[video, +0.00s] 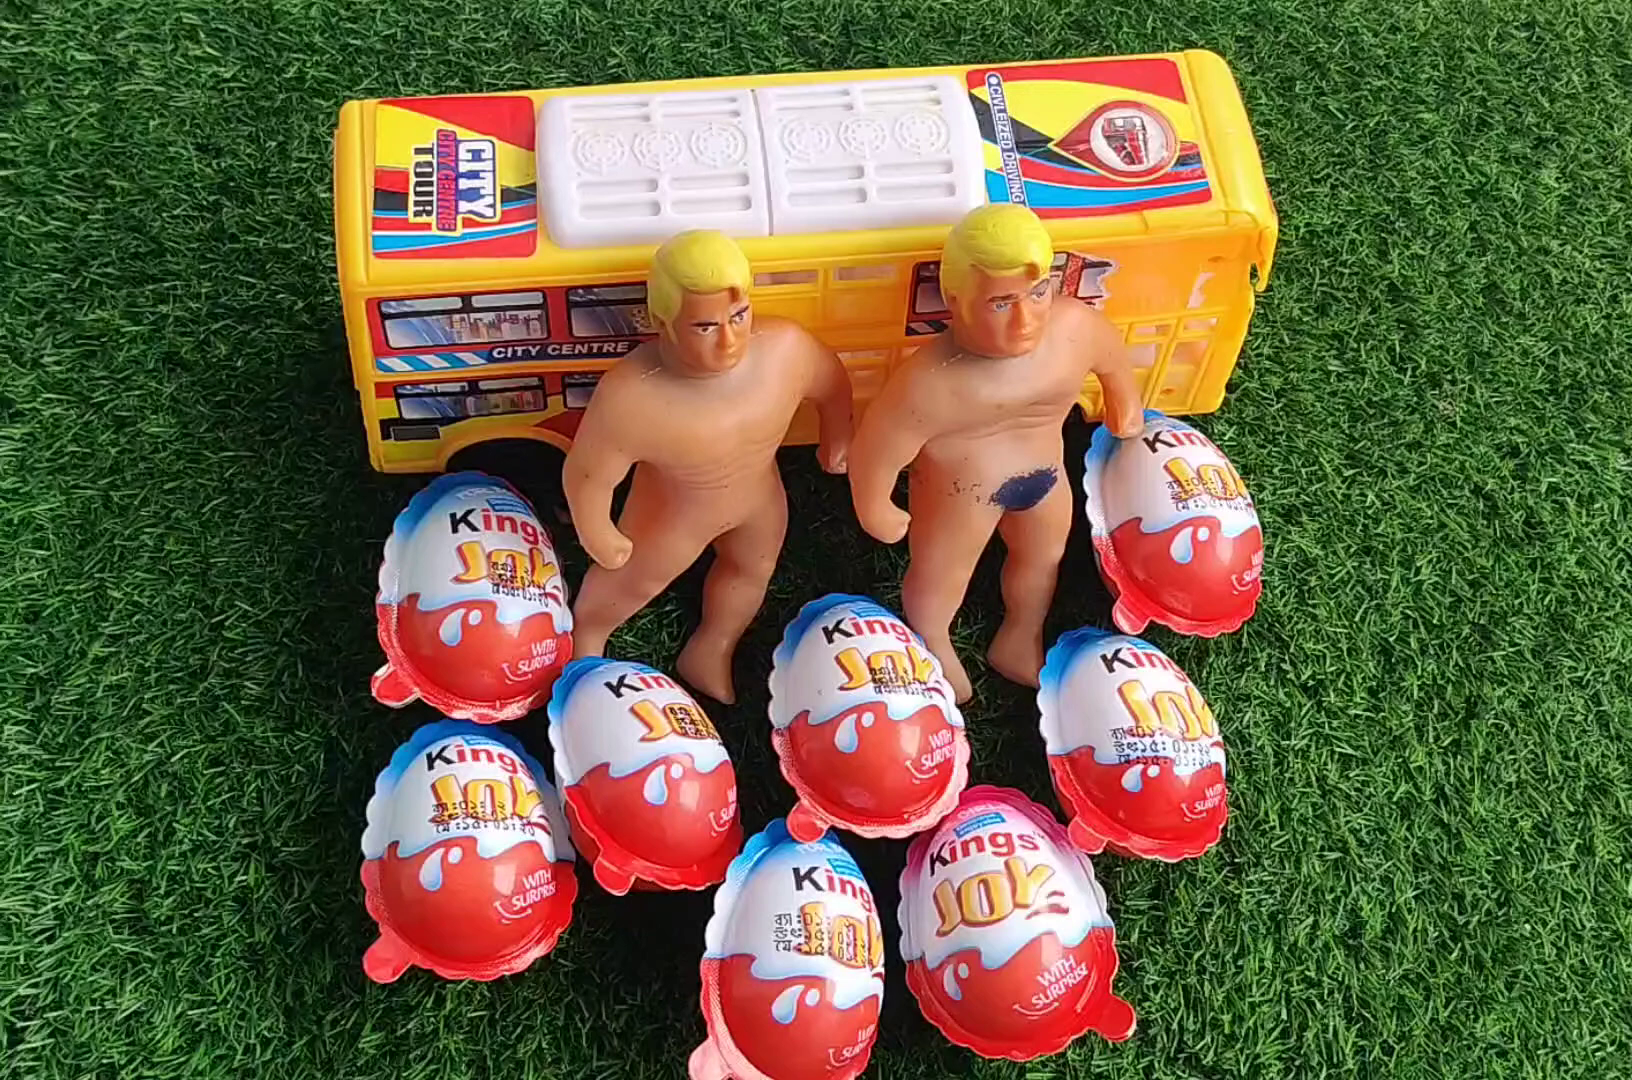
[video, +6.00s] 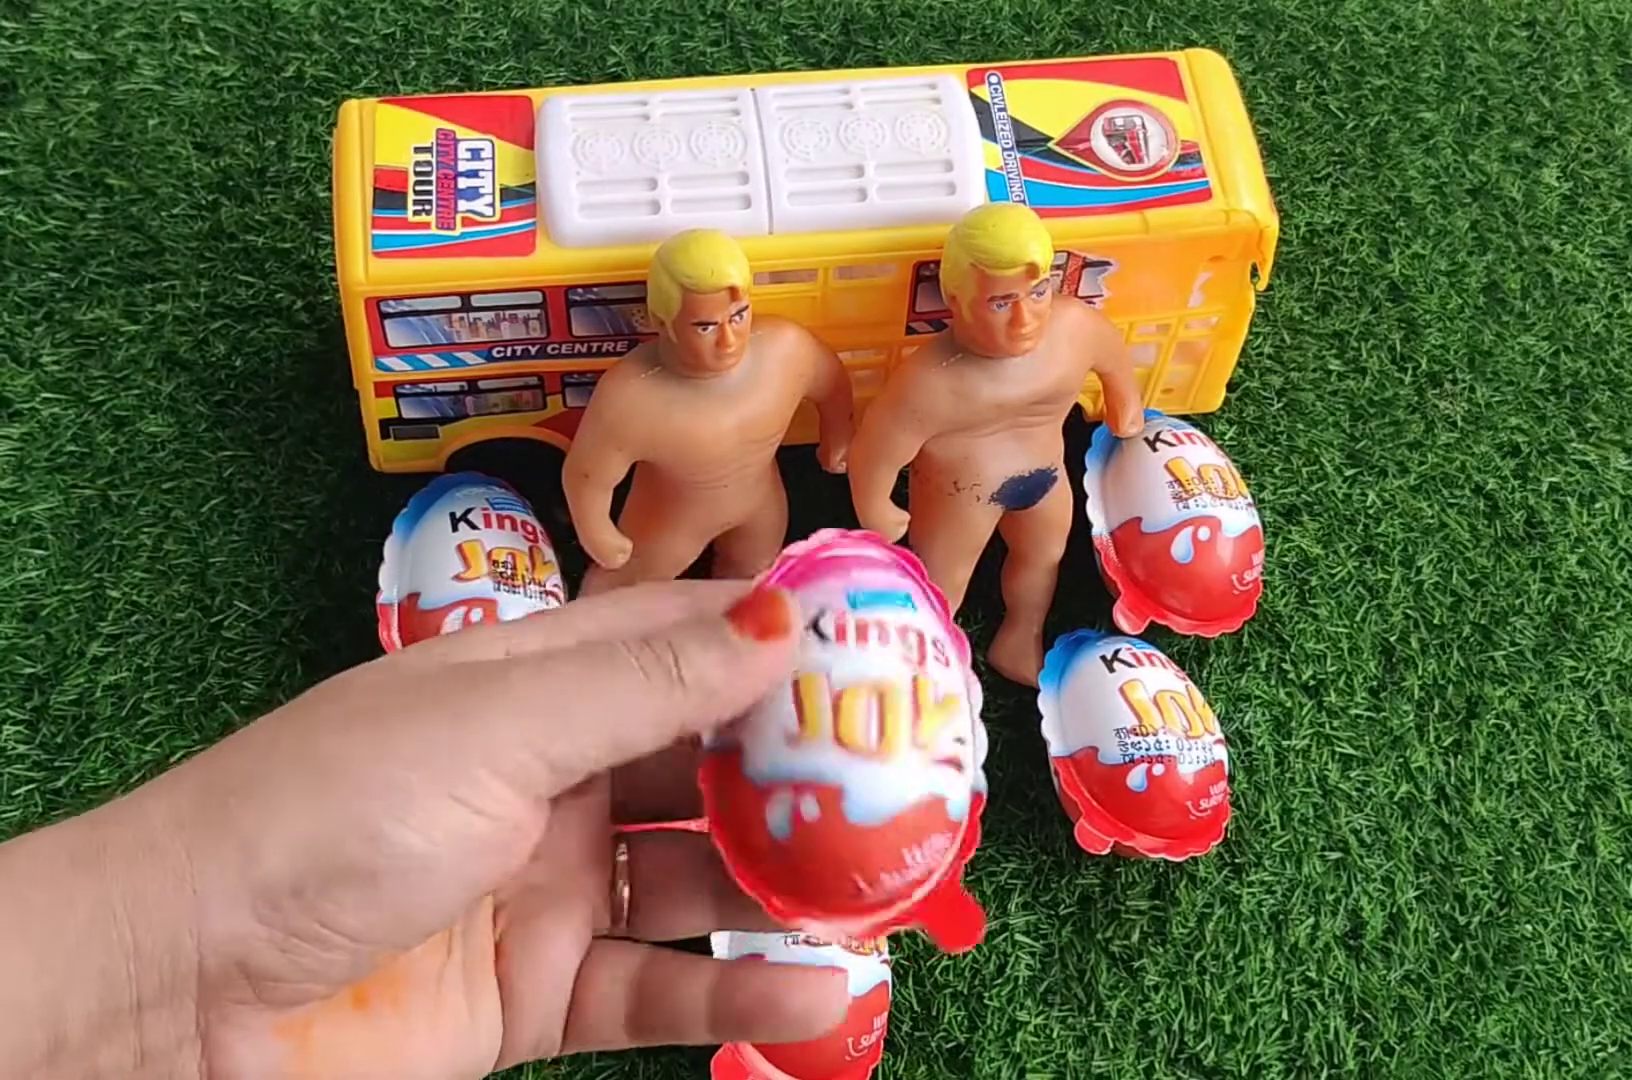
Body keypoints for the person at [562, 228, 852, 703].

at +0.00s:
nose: (728, 339)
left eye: (739, 316)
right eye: (705, 326)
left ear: (750, 302)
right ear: (661, 324)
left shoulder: (789, 350)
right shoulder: (629, 397)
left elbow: (834, 387)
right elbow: (588, 475)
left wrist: (837, 440)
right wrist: (600, 537)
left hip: (759, 496)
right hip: (672, 511)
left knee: (749, 574)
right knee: (630, 585)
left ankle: (711, 651)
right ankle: (589, 630)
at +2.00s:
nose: (729, 339)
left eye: (739, 316)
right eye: (705, 326)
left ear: (751, 301)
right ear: (660, 323)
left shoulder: (789, 350)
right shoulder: (629, 397)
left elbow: (834, 387)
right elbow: (587, 474)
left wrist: (837, 439)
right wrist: (600, 538)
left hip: (759, 496)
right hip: (673, 512)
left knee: (749, 574)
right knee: (631, 584)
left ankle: (711, 650)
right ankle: (590, 629)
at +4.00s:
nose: (729, 338)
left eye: (739, 316)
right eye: (705, 326)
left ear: (750, 303)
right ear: (663, 325)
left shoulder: (789, 350)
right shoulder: (630, 395)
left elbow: (835, 390)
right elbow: (587, 476)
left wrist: (837, 442)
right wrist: (603, 542)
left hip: (761, 503)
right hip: (671, 518)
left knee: (752, 589)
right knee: (627, 590)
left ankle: (730, 643)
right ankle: (587, 637)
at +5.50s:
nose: (729, 339)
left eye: (738, 316)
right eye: (705, 326)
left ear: (750, 303)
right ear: (662, 325)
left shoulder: (787, 350)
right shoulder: (628, 398)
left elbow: (833, 386)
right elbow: (586, 478)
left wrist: (836, 442)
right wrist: (601, 542)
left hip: (758, 502)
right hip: (670, 515)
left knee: (756, 587)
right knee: (637, 597)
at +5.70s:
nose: (728, 339)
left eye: (738, 315)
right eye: (705, 326)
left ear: (749, 301)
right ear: (663, 324)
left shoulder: (787, 350)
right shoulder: (628, 398)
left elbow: (833, 388)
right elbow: (585, 481)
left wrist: (835, 446)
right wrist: (606, 548)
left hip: (762, 540)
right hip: (665, 552)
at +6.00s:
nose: (728, 340)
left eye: (739, 316)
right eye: (705, 326)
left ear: (750, 301)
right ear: (663, 323)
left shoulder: (788, 350)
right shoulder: (629, 397)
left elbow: (833, 387)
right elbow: (586, 477)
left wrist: (836, 440)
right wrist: (598, 537)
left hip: (758, 500)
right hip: (671, 515)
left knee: (753, 585)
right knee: (627, 590)